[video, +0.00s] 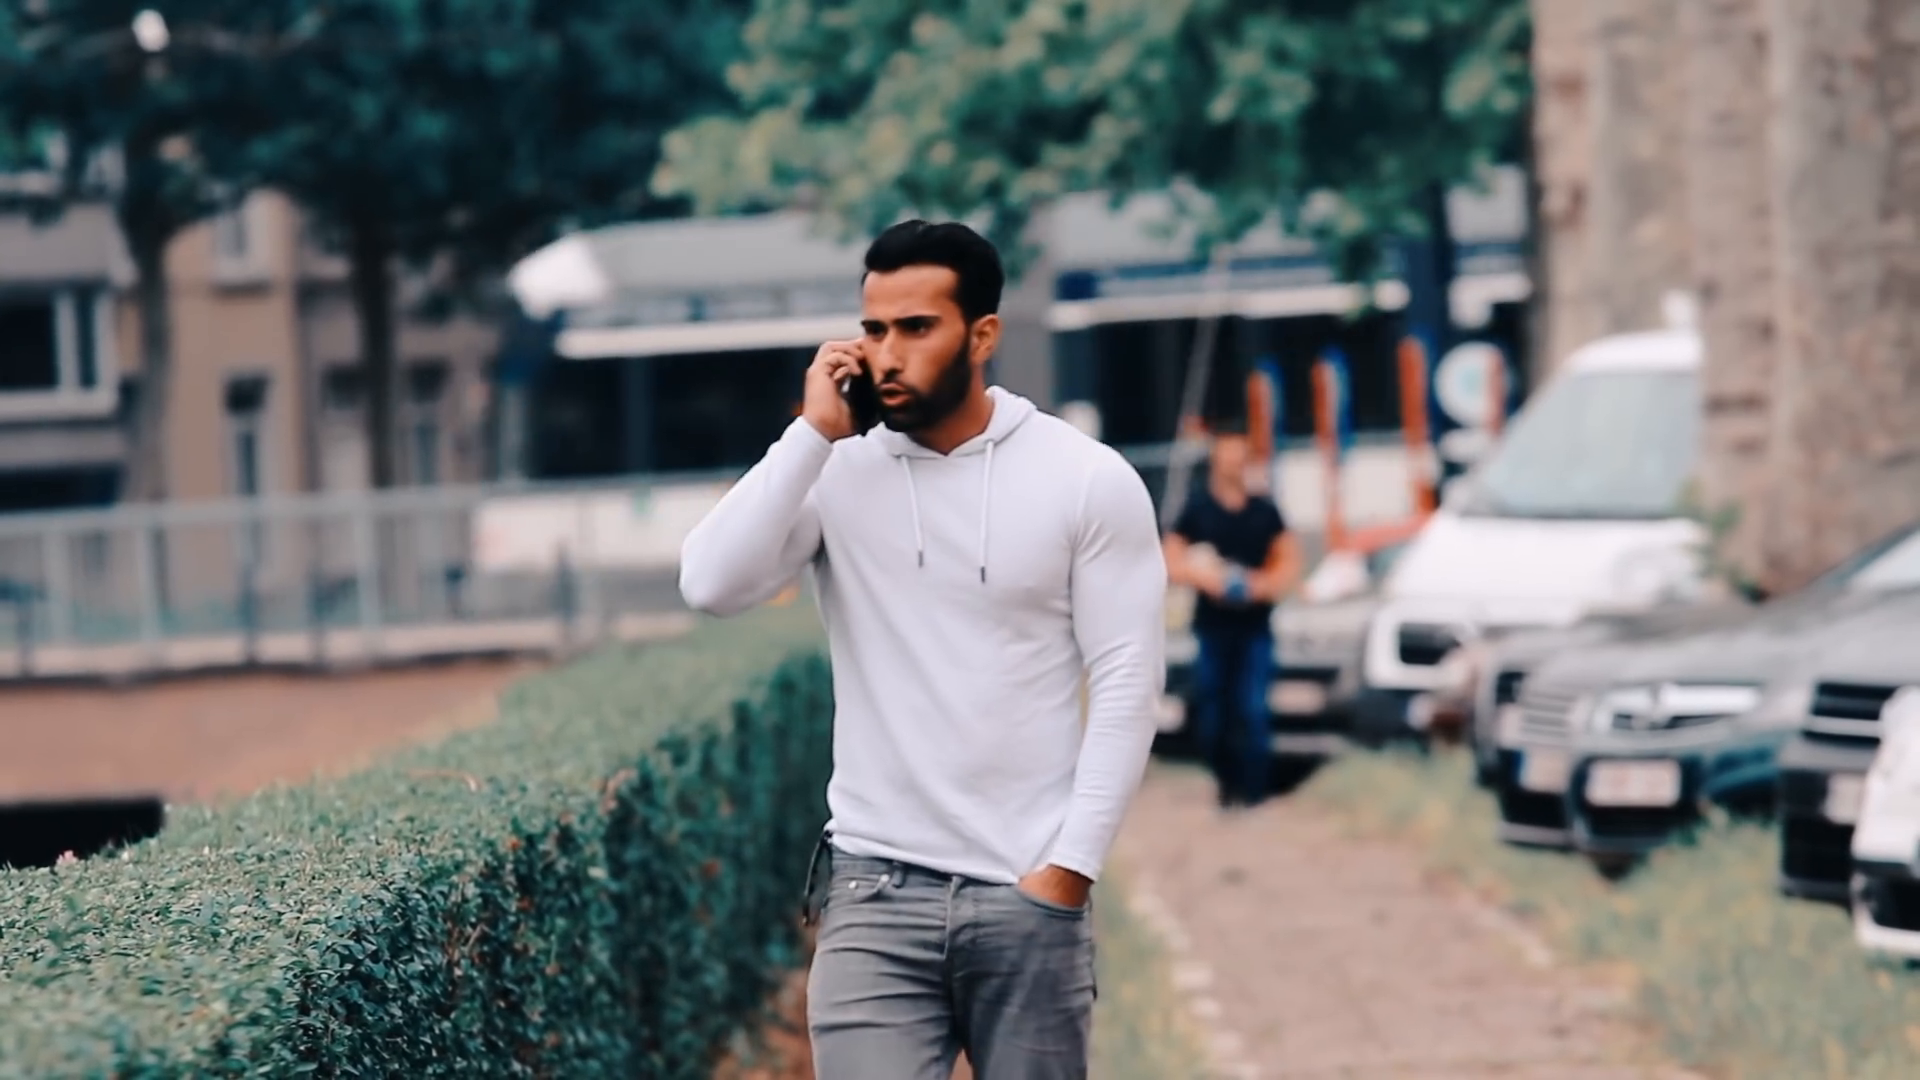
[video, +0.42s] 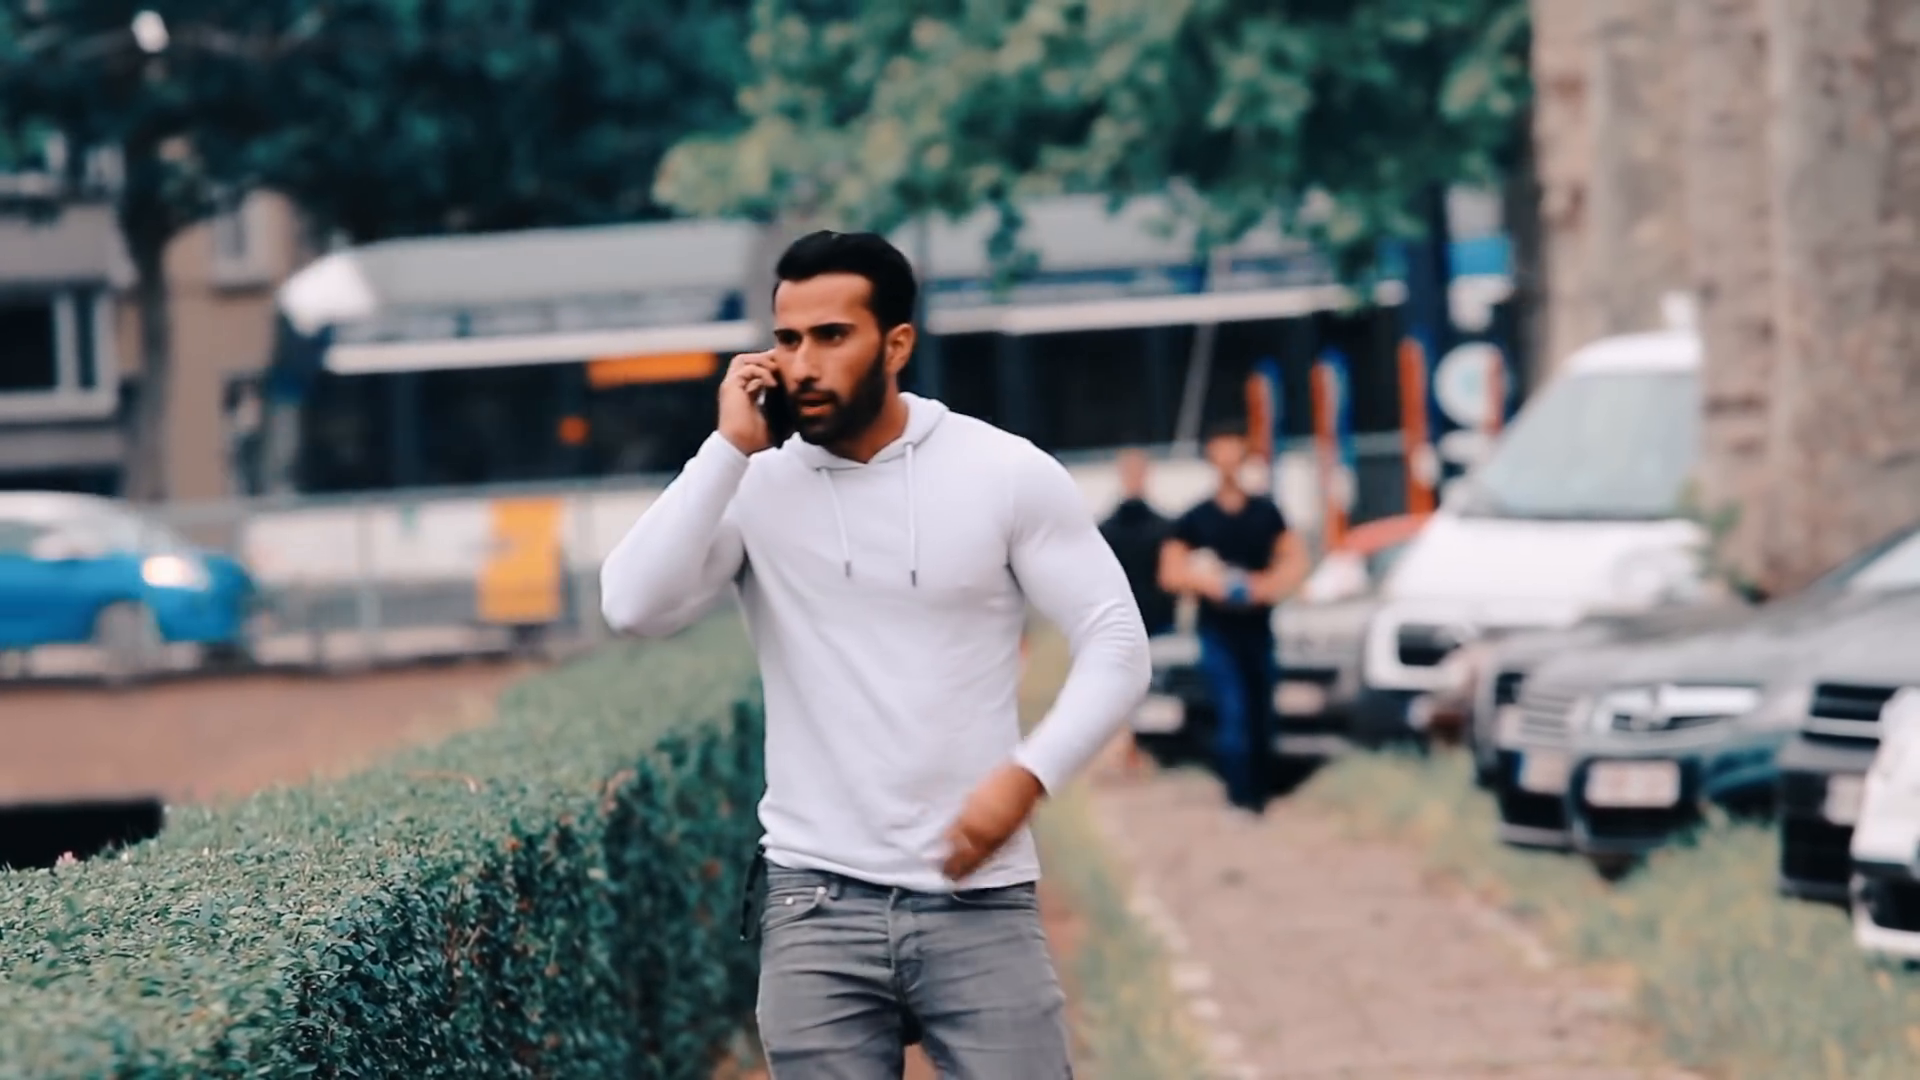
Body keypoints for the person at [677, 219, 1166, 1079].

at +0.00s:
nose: (888, 356)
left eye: (916, 329)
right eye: (875, 330)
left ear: (984, 334)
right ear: (857, 332)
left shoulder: (1088, 481)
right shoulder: (830, 470)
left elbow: (1127, 687)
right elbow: (709, 585)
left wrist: (1068, 869)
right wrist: (813, 433)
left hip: (1026, 905)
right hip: (871, 895)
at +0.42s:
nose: (801, 365)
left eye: (830, 336)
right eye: (787, 339)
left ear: (897, 346)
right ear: (770, 350)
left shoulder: (1008, 475)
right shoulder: (752, 487)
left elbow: (1118, 647)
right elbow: (630, 605)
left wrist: (1026, 778)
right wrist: (729, 448)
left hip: (979, 909)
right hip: (815, 909)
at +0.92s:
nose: (811, 367)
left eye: (839, 339)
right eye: (796, 341)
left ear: (904, 347)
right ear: (779, 347)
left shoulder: (1010, 458)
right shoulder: (759, 485)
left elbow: (1059, 613)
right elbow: (638, 613)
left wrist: (921, 490)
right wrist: (734, 457)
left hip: (985, 899)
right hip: (816, 902)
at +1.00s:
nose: (812, 369)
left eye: (841, 340)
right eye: (797, 342)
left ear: (906, 347)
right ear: (781, 346)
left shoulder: (1015, 457)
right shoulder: (762, 486)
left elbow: (1059, 616)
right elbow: (641, 615)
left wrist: (915, 504)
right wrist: (736, 459)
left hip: (989, 899)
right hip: (821, 902)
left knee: (1032, 1065)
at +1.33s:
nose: (808, 379)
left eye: (838, 351)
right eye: (796, 352)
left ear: (906, 353)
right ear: (780, 352)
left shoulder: (1016, 453)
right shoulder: (769, 483)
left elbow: (1028, 601)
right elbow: (653, 628)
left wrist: (854, 580)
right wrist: (741, 469)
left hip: (999, 894)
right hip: (830, 899)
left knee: (1043, 1064)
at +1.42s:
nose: (805, 382)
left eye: (834, 354)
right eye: (792, 356)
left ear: (902, 354)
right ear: (777, 356)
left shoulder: (1014, 453)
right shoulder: (766, 485)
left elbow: (1024, 604)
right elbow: (652, 635)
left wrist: (851, 589)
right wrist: (736, 475)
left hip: (999, 893)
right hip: (830, 899)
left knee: (1044, 1065)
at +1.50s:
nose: (799, 385)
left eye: (827, 358)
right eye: (787, 358)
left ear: (895, 356)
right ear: (769, 358)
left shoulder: (1009, 453)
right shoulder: (765, 489)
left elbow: (1021, 606)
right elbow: (650, 637)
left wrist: (848, 595)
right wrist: (733, 476)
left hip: (997, 896)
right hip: (829, 902)